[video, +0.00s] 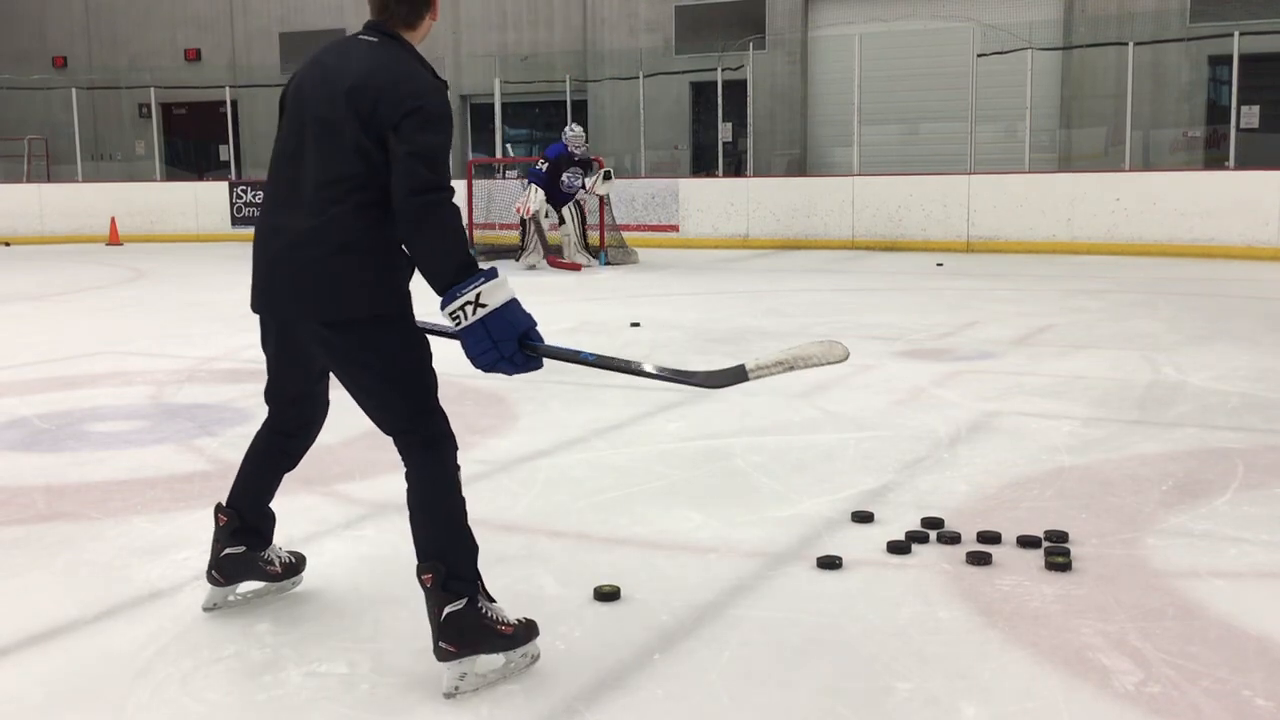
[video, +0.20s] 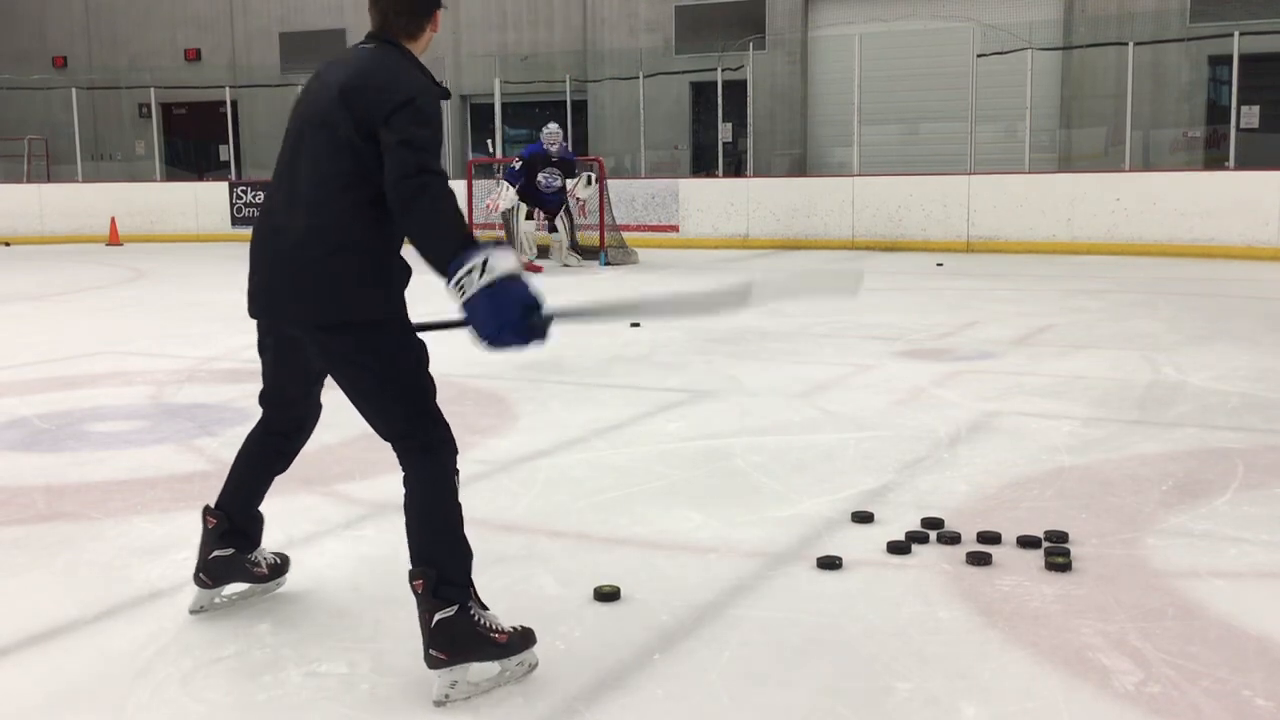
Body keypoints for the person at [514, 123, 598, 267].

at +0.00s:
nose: (578, 143)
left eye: (581, 140)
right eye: (574, 140)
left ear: (584, 140)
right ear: (566, 140)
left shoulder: (585, 158)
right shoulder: (555, 153)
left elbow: (581, 181)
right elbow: (536, 176)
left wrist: (597, 182)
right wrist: (531, 201)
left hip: (566, 197)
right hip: (544, 194)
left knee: (575, 222)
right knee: (533, 221)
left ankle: (577, 255)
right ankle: (530, 258)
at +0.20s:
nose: (553, 144)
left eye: (556, 140)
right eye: (549, 141)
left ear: (561, 139)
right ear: (543, 139)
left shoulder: (567, 158)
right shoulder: (530, 154)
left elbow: (572, 182)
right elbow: (511, 177)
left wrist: (579, 199)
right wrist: (501, 197)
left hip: (556, 199)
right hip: (530, 199)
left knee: (565, 226)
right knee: (525, 227)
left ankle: (564, 255)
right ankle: (526, 256)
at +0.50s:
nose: (531, 142)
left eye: (535, 138)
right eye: (528, 137)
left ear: (541, 138)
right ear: (522, 138)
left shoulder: (551, 156)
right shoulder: (513, 156)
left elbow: (562, 186)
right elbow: (498, 183)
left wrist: (569, 173)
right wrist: (486, 206)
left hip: (545, 202)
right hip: (516, 200)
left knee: (558, 205)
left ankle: (548, 249)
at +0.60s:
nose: (532, 145)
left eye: (536, 142)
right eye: (528, 141)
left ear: (542, 143)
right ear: (523, 142)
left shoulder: (549, 160)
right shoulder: (514, 159)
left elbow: (565, 184)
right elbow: (498, 183)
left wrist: (572, 172)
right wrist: (489, 206)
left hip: (539, 201)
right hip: (514, 199)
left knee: (556, 212)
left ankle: (555, 257)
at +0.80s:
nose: (536, 154)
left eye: (539, 151)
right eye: (532, 151)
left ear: (545, 152)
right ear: (526, 153)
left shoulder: (553, 171)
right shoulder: (514, 169)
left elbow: (563, 194)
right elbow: (497, 189)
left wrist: (573, 187)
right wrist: (496, 208)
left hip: (543, 210)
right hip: (518, 210)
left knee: (560, 235)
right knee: (507, 239)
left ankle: (579, 264)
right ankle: (485, 266)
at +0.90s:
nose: (536, 156)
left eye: (540, 153)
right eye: (532, 153)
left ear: (545, 154)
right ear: (527, 154)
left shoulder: (554, 172)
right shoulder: (514, 170)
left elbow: (562, 197)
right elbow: (497, 190)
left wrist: (574, 193)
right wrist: (498, 207)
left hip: (546, 212)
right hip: (520, 212)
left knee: (561, 237)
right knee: (508, 239)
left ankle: (581, 265)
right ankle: (486, 267)